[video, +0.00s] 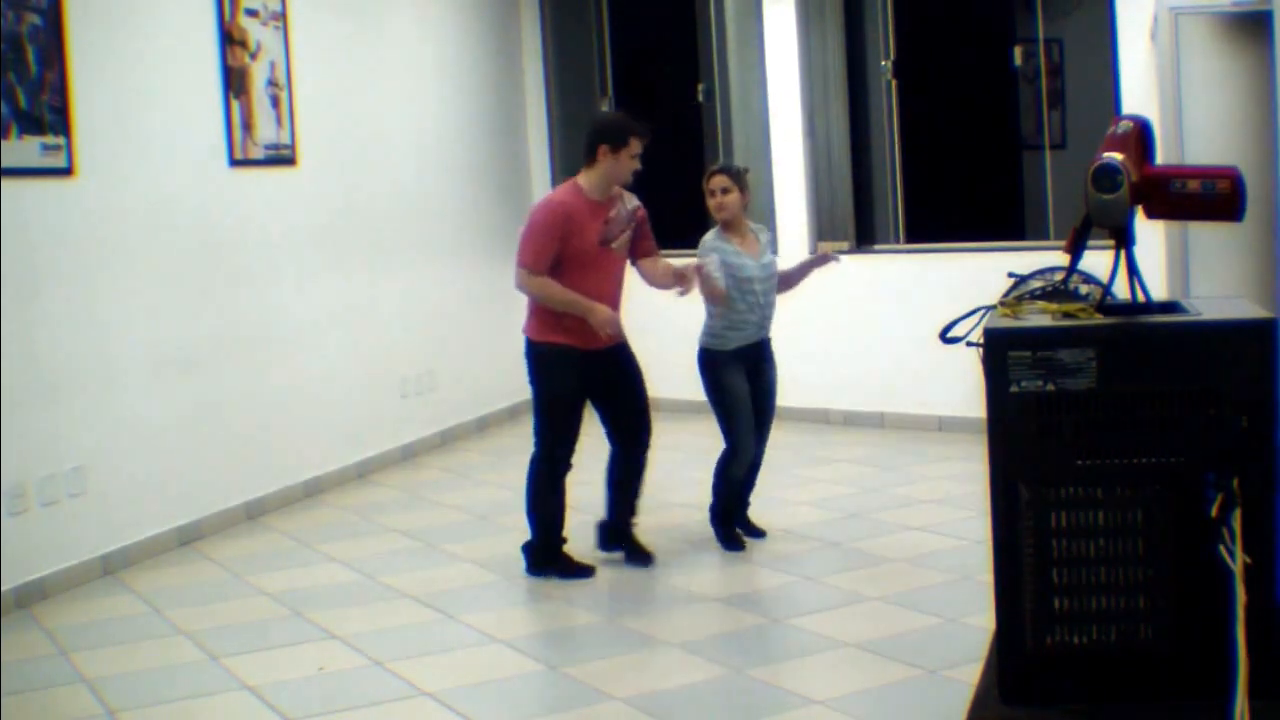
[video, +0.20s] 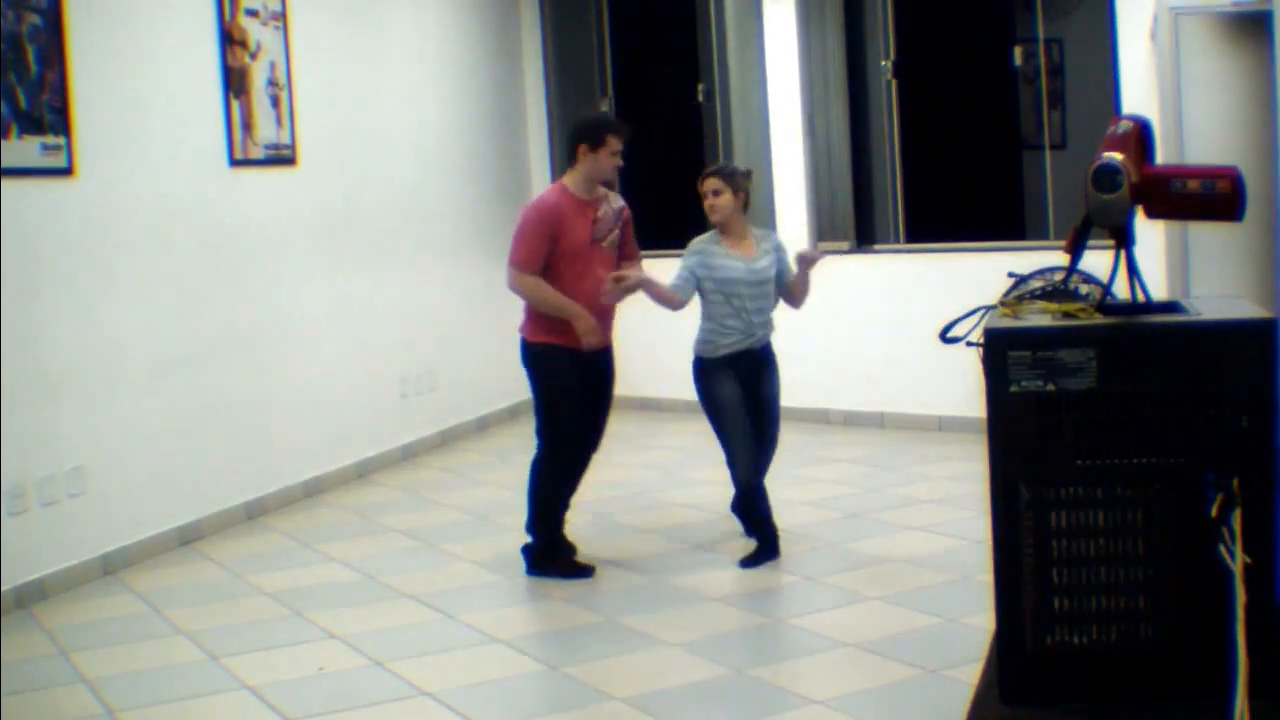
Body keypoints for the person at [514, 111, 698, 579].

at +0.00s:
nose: (637, 165)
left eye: (639, 157)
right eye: (632, 156)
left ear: (612, 156)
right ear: (604, 153)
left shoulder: (629, 208)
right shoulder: (554, 209)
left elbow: (650, 265)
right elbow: (526, 278)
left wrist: (675, 275)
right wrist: (588, 308)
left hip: (608, 345)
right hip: (556, 348)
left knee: (633, 434)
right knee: (554, 452)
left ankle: (618, 529)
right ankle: (544, 551)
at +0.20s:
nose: (620, 162)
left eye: (621, 154)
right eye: (614, 154)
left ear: (601, 156)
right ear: (585, 153)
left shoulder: (616, 209)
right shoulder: (546, 208)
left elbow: (632, 264)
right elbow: (520, 278)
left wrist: (626, 279)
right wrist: (576, 313)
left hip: (595, 346)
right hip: (552, 346)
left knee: (583, 445)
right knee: (558, 446)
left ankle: (550, 532)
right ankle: (542, 547)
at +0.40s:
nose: (618, 167)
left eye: (618, 159)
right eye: (609, 160)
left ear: (608, 164)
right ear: (581, 164)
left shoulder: (609, 215)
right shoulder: (553, 217)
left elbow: (630, 278)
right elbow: (533, 285)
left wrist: (622, 275)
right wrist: (586, 322)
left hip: (584, 345)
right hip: (553, 347)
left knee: (564, 433)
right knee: (612, 429)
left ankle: (536, 525)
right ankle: (583, 529)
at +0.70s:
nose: (623, 162)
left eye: (623, 153)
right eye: (613, 159)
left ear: (625, 154)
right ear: (589, 166)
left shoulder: (627, 202)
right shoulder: (581, 214)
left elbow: (642, 256)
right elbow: (562, 284)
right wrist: (617, 317)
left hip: (617, 338)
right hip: (591, 342)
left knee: (596, 430)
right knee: (636, 431)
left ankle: (549, 514)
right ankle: (651, 526)